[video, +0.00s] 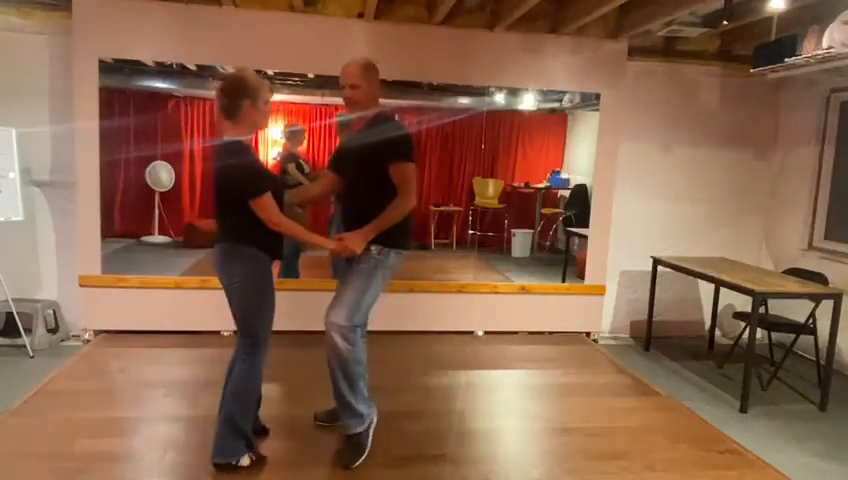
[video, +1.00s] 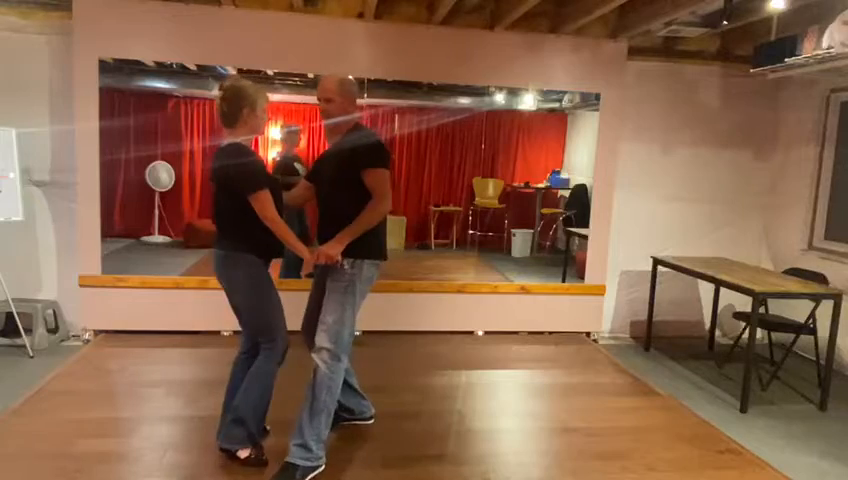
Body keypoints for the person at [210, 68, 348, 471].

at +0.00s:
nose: (270, 112)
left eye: (269, 105)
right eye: (265, 105)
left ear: (232, 108)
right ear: (247, 108)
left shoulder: (231, 153)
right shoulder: (241, 159)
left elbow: (272, 201)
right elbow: (274, 220)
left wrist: (316, 189)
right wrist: (329, 245)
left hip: (237, 255)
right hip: (246, 259)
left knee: (252, 342)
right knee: (252, 347)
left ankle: (243, 418)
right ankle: (230, 449)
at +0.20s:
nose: (270, 113)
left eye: (270, 105)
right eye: (267, 105)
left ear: (237, 109)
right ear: (251, 109)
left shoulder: (238, 152)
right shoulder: (244, 158)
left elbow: (273, 197)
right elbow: (275, 218)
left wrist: (307, 189)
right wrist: (324, 244)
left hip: (245, 253)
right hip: (248, 256)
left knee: (252, 342)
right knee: (250, 346)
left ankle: (244, 419)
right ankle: (230, 443)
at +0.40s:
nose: (270, 114)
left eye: (270, 108)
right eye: (268, 107)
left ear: (235, 109)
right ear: (257, 110)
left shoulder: (238, 153)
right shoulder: (246, 158)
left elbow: (273, 195)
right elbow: (274, 216)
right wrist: (316, 245)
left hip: (248, 253)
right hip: (250, 256)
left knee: (254, 341)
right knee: (250, 344)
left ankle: (247, 421)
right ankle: (231, 440)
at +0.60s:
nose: (269, 115)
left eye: (268, 108)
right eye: (267, 108)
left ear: (235, 110)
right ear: (255, 110)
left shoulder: (237, 153)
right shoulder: (246, 157)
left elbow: (267, 199)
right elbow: (272, 214)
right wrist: (310, 246)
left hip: (245, 253)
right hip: (250, 257)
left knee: (255, 341)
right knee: (255, 344)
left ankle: (247, 419)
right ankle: (232, 441)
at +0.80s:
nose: (268, 116)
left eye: (267, 109)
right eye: (265, 109)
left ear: (233, 112)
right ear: (250, 111)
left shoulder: (234, 153)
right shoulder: (243, 157)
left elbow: (265, 201)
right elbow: (268, 214)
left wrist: (300, 195)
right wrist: (306, 248)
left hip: (242, 254)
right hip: (247, 258)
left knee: (253, 342)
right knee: (269, 345)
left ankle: (242, 421)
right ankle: (234, 439)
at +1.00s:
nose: (267, 117)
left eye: (266, 111)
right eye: (264, 110)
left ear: (233, 114)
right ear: (248, 113)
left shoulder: (228, 155)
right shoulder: (243, 158)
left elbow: (265, 201)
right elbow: (269, 217)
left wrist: (301, 194)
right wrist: (306, 251)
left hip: (235, 257)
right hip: (244, 261)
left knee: (254, 343)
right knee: (274, 341)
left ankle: (235, 429)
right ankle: (238, 433)